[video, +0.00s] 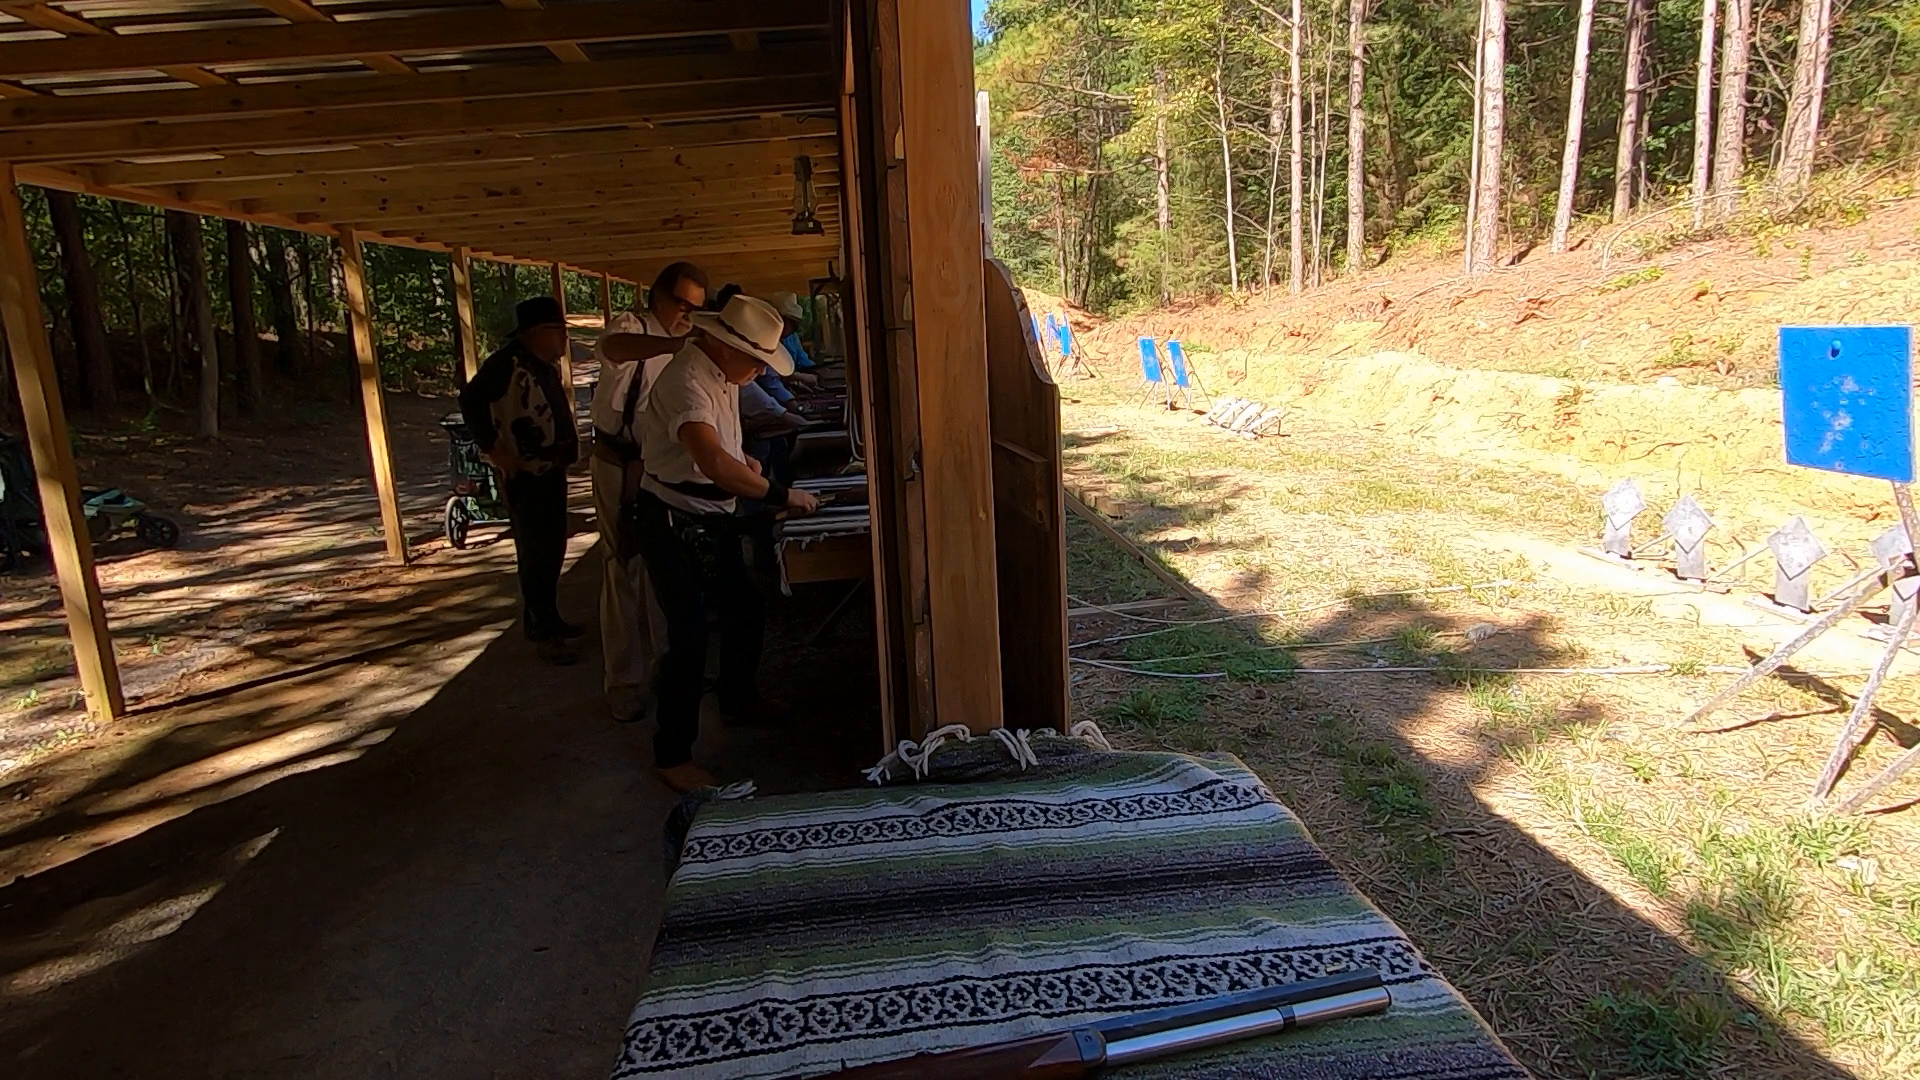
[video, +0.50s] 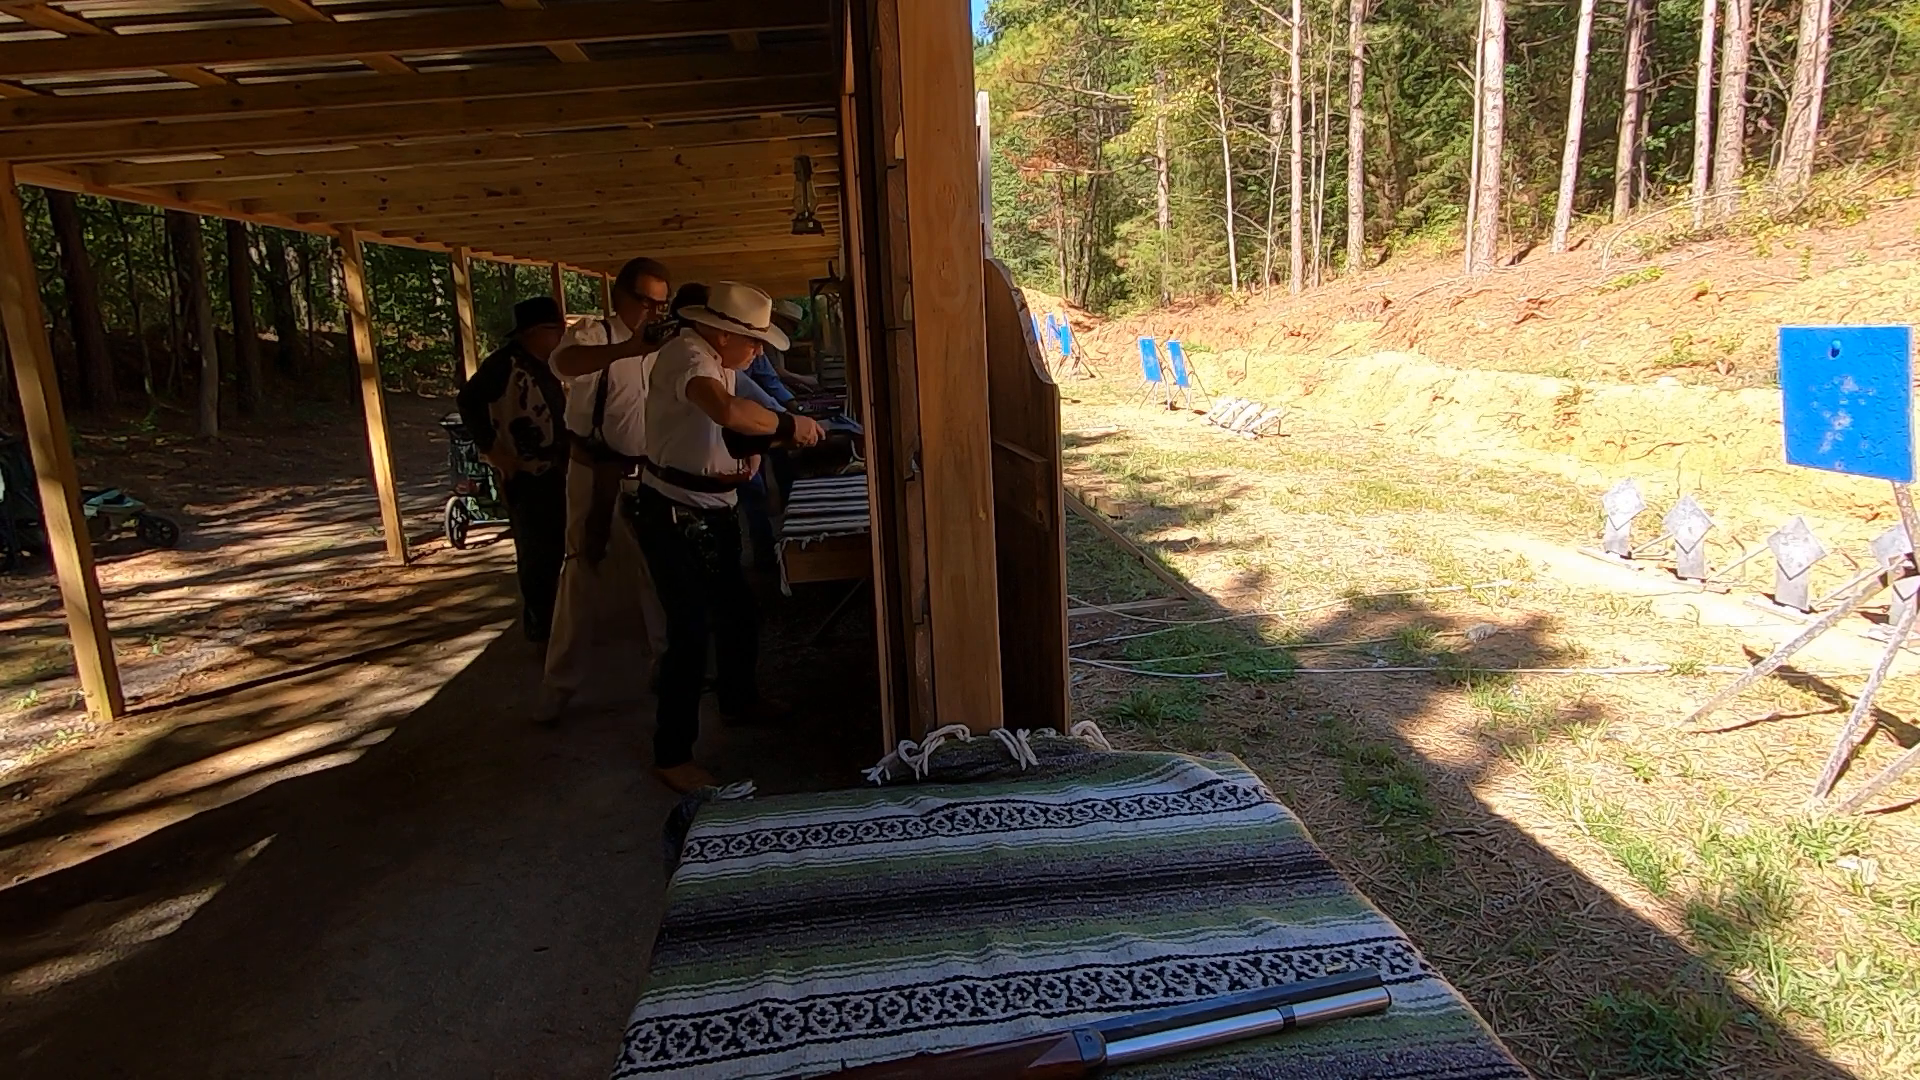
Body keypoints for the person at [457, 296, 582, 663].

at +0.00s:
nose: (565, 338)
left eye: (565, 331)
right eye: (559, 331)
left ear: (545, 333)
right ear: (537, 332)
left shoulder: (545, 365)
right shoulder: (507, 362)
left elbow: (551, 411)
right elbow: (471, 399)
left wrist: (566, 447)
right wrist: (492, 447)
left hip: (551, 472)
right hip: (525, 475)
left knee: (552, 549)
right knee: (536, 552)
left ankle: (549, 620)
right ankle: (541, 632)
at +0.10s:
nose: (565, 338)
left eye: (565, 331)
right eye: (559, 331)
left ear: (546, 333)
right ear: (536, 332)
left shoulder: (545, 365)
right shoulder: (506, 362)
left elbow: (551, 412)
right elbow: (470, 400)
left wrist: (565, 448)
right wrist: (492, 448)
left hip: (551, 472)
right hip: (525, 475)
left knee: (552, 550)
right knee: (536, 552)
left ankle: (549, 620)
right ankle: (541, 632)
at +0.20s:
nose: (565, 338)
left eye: (565, 331)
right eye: (559, 331)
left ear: (546, 333)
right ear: (536, 332)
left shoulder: (545, 365)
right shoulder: (506, 362)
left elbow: (551, 411)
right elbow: (470, 400)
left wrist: (567, 447)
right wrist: (492, 448)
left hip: (551, 472)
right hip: (525, 475)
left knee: (553, 549)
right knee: (536, 552)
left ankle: (549, 619)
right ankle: (541, 631)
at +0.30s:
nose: (565, 337)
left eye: (564, 330)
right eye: (558, 330)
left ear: (546, 333)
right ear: (536, 332)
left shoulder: (546, 367)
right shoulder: (506, 362)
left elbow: (552, 412)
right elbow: (470, 399)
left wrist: (566, 447)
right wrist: (491, 448)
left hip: (552, 472)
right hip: (525, 474)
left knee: (553, 549)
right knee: (535, 552)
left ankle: (549, 620)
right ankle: (540, 629)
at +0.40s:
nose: (564, 337)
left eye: (564, 329)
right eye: (558, 329)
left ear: (545, 333)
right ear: (536, 332)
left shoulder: (546, 367)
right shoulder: (506, 362)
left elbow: (554, 414)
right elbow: (469, 399)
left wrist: (568, 448)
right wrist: (492, 447)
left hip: (551, 473)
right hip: (525, 474)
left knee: (552, 548)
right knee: (535, 551)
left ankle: (548, 620)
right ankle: (540, 627)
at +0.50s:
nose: (560, 336)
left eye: (561, 328)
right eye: (554, 329)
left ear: (542, 331)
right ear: (533, 330)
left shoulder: (548, 364)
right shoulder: (505, 362)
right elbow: (468, 400)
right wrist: (492, 449)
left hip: (555, 472)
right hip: (526, 475)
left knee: (554, 548)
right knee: (536, 552)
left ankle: (554, 619)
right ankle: (539, 624)